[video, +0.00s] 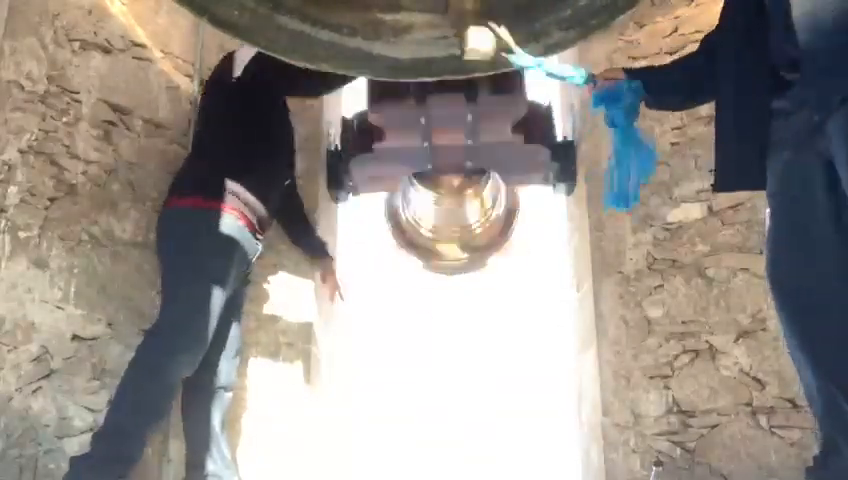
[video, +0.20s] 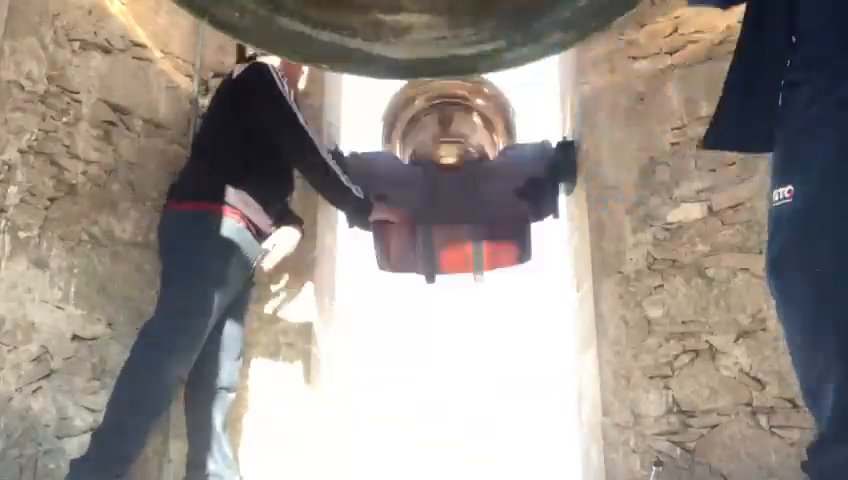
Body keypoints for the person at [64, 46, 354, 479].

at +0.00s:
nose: (297, 73)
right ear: (268, 49)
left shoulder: (274, 117)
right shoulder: (248, 66)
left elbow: (284, 191)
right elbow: (319, 80)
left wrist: (320, 255)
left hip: (241, 237)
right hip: (209, 217)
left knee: (217, 375)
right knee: (180, 344)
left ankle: (214, 472)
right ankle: (100, 469)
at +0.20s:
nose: (302, 71)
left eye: (307, 64)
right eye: (299, 60)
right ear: (281, 54)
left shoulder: (271, 106)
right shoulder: (259, 76)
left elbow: (262, 182)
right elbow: (304, 149)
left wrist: (291, 224)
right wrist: (362, 208)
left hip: (242, 239)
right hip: (212, 220)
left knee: (218, 378)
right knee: (168, 352)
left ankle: (214, 472)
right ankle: (98, 469)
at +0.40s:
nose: (289, 63)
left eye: (292, 57)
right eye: (283, 53)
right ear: (265, 47)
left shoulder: (265, 104)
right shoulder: (252, 68)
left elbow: (268, 191)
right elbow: (305, 132)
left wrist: (307, 167)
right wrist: (369, 189)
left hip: (246, 241)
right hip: (215, 223)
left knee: (218, 380)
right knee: (169, 356)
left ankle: (216, 473)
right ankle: (96, 471)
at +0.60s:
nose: (288, 56)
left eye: (291, 51)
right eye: (283, 45)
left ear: (289, 56)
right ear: (261, 35)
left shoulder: (269, 92)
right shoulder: (244, 62)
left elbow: (308, 149)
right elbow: (291, 132)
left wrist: (335, 96)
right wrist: (355, 183)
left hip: (245, 239)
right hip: (211, 222)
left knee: (219, 381)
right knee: (171, 352)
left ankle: (215, 472)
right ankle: (94, 470)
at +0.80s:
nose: (297, 63)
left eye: (300, 55)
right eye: (294, 50)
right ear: (272, 42)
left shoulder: (269, 94)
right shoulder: (249, 65)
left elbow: (312, 147)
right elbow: (289, 135)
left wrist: (371, 127)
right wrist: (359, 169)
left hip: (245, 241)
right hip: (211, 223)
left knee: (219, 380)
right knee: (166, 355)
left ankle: (214, 473)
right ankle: (94, 470)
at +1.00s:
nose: (299, 67)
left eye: (301, 63)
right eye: (296, 57)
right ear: (278, 51)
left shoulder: (269, 121)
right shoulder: (251, 67)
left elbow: (311, 180)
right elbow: (319, 117)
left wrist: (375, 212)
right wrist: (375, 109)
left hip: (235, 244)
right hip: (203, 222)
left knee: (216, 378)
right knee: (170, 351)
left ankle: (213, 473)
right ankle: (93, 471)